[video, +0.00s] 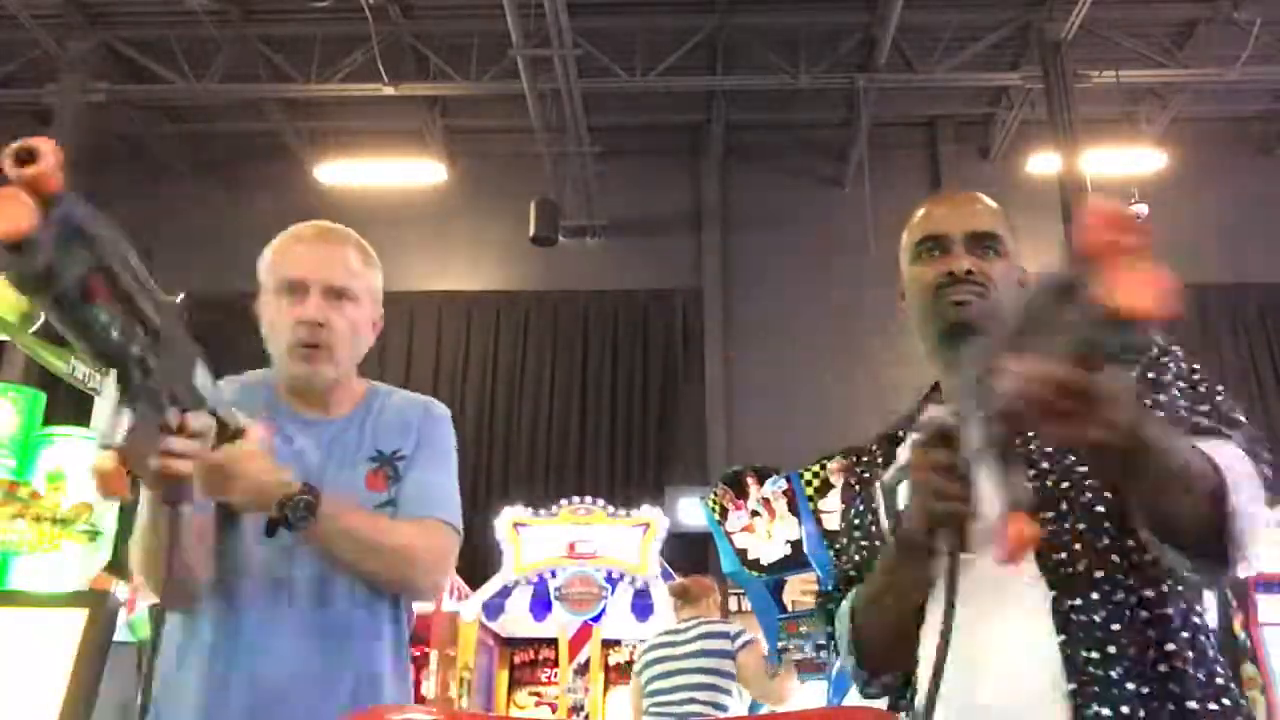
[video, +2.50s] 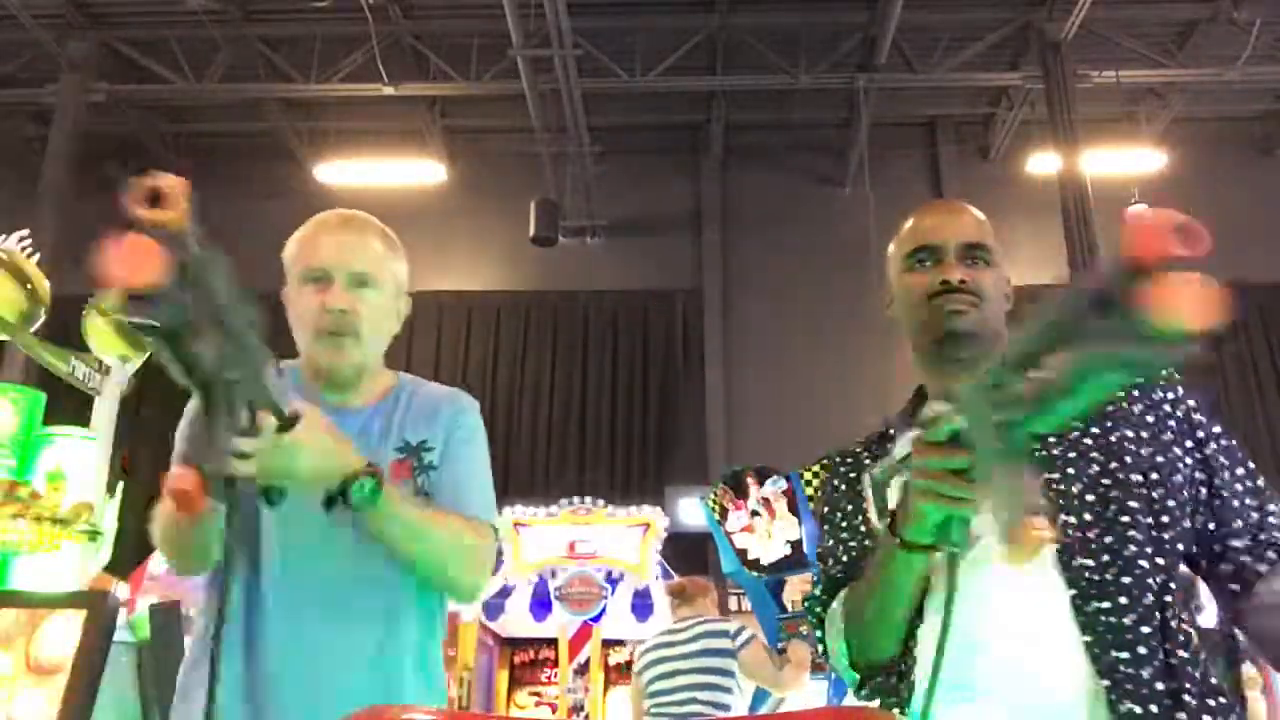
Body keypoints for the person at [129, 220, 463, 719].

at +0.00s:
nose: (312, 314)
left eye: (338, 296)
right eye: (292, 292)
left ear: (374, 323)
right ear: (260, 310)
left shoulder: (419, 422)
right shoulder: (206, 410)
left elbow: (427, 569)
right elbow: (175, 590)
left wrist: (281, 496)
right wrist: (165, 489)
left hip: (354, 708)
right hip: (208, 707)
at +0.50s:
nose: (312, 318)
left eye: (338, 303)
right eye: (292, 296)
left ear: (369, 331)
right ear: (254, 312)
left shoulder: (410, 427)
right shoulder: (194, 415)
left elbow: (417, 576)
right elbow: (156, 585)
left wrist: (265, 504)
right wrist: (167, 499)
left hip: (348, 709)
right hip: (196, 708)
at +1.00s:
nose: (284, 320)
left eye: (310, 302)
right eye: (265, 296)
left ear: (351, 323)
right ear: (236, 310)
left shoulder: (397, 418)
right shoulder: (182, 417)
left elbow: (415, 566)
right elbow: (139, 584)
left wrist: (296, 490)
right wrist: (137, 488)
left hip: (343, 707)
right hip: (193, 707)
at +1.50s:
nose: (304, 347)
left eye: (329, 325)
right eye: (284, 325)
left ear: (373, 337)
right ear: (260, 334)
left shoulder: (430, 447)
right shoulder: (216, 425)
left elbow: (477, 593)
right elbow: (152, 558)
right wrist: (183, 463)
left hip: (365, 710)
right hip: (216, 707)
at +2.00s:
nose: (210, 266)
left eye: (239, 241)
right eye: (188, 241)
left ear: (291, 262)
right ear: (162, 255)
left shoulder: (357, 393)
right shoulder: (111, 368)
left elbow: (393, 570)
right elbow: (28, 525)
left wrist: (329, 648)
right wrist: (66, 413)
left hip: (275, 711)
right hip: (102, 706)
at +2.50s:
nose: (337, 303)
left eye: (361, 285)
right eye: (316, 281)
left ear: (400, 310)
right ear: (286, 300)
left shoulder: (446, 417)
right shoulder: (230, 399)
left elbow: (470, 572)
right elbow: (187, 558)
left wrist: (351, 479)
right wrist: (187, 509)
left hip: (389, 704)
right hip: (241, 702)